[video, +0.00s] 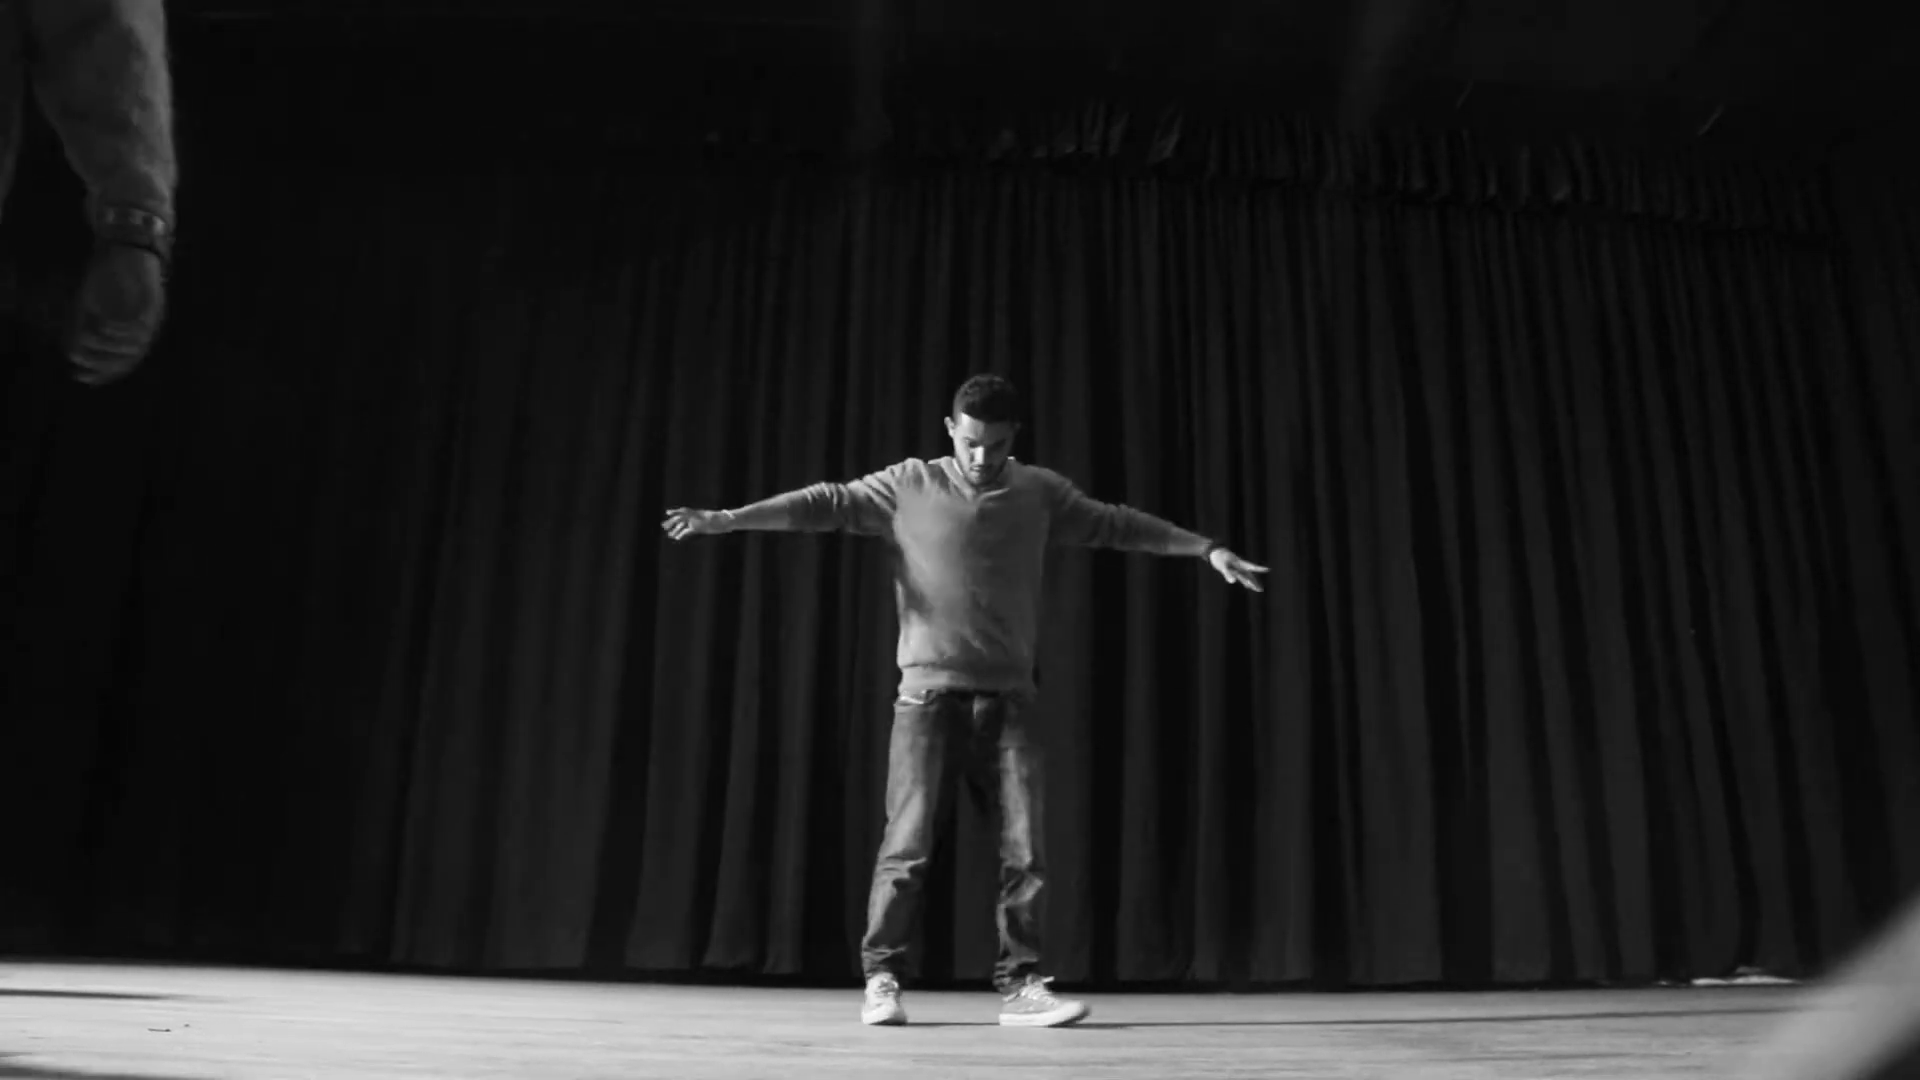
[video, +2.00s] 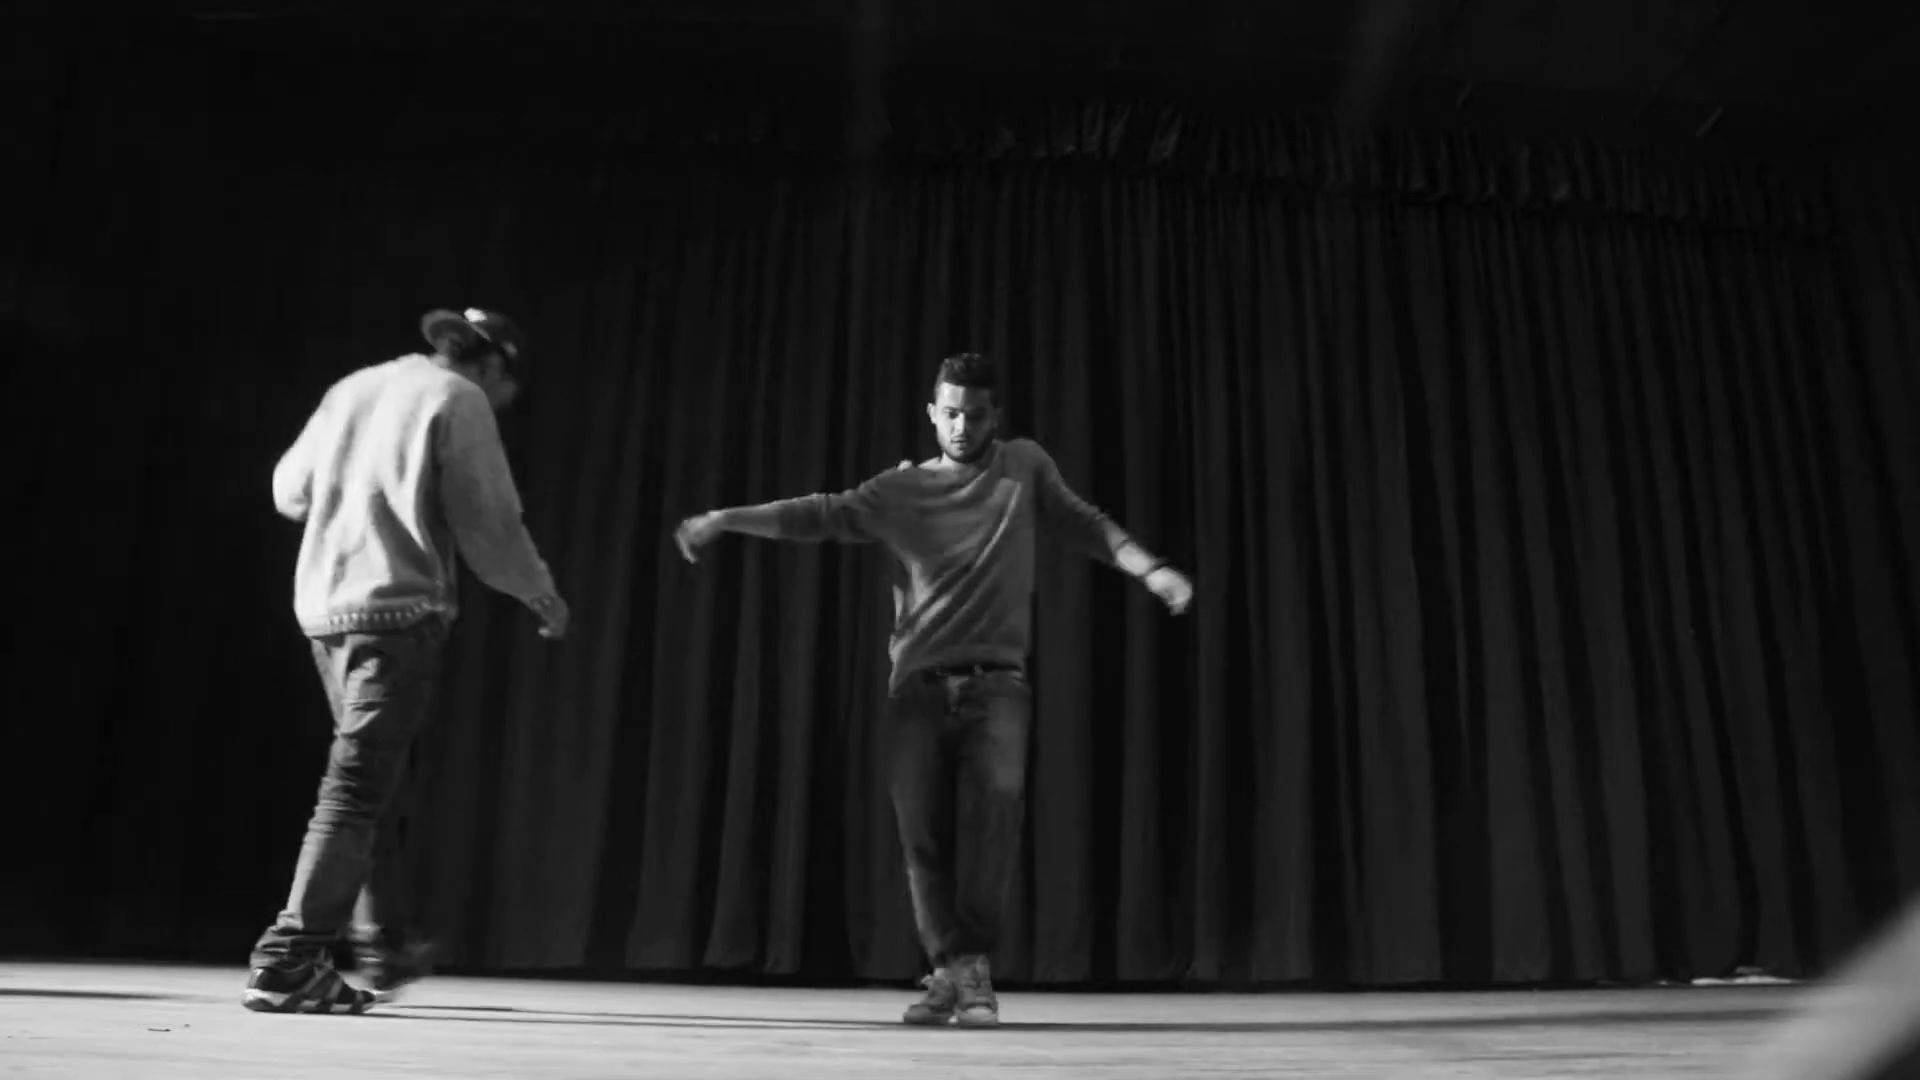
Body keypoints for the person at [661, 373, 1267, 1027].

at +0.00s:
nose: (986, 458)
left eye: (999, 446)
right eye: (974, 443)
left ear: (1017, 441)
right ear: (950, 430)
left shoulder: (1041, 493)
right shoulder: (909, 486)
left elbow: (1121, 525)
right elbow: (820, 502)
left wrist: (1208, 549)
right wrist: (724, 520)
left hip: (1009, 691)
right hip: (928, 689)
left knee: (1025, 846)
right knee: (911, 841)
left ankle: (1023, 990)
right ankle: (883, 980)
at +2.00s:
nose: (961, 428)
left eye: (974, 415)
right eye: (949, 414)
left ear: (994, 414)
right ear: (931, 413)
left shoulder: (1025, 466)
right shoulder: (900, 488)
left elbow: (1089, 526)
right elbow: (817, 513)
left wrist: (1150, 570)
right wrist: (721, 519)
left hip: (998, 681)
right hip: (920, 684)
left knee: (1000, 806)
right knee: (921, 832)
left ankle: (965, 969)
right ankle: (956, 974)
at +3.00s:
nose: (954, 412)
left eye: (967, 401)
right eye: (949, 401)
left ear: (1005, 403)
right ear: (946, 403)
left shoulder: (1056, 472)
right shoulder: (921, 461)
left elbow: (1125, 521)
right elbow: (833, 472)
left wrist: (1202, 559)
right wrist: (737, 470)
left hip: (973, 678)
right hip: (893, 666)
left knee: (968, 832)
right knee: (844, 794)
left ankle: (963, 981)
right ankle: (873, 938)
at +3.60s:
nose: (948, 396)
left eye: (963, 383)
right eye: (944, 384)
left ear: (1002, 386)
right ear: (941, 388)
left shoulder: (1051, 463)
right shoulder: (918, 445)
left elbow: (1118, 518)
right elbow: (836, 462)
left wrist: (1192, 566)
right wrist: (743, 468)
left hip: (1011, 662)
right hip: (930, 653)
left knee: (1002, 826)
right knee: (897, 764)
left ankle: (986, 975)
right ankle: (881, 911)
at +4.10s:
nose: (899, 405)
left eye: (910, 392)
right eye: (885, 393)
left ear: (929, 395)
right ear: (864, 402)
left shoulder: (967, 439)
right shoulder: (848, 488)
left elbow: (1036, 501)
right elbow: (759, 518)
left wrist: (1094, 547)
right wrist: (667, 499)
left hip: (988, 669)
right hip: (902, 671)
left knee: (988, 832)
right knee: (846, 817)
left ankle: (976, 983)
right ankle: (797, 963)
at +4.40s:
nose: (844, 395)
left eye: (855, 382)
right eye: (830, 382)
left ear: (872, 386)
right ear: (804, 388)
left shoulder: (909, 434)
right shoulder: (779, 464)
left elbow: (982, 478)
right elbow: (712, 550)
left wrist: (1047, 520)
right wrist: (749, 476)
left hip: (907, 665)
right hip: (815, 666)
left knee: (934, 823)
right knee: (769, 825)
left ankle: (952, 979)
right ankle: (726, 976)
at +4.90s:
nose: (948, 409)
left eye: (959, 399)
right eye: (935, 395)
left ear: (970, 407)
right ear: (903, 397)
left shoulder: (967, 489)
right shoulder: (857, 455)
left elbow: (1031, 527)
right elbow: (759, 488)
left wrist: (1103, 560)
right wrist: (804, 440)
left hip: (918, 681)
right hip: (831, 676)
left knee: (956, 829)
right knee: (788, 820)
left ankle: (955, 989)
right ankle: (729, 975)